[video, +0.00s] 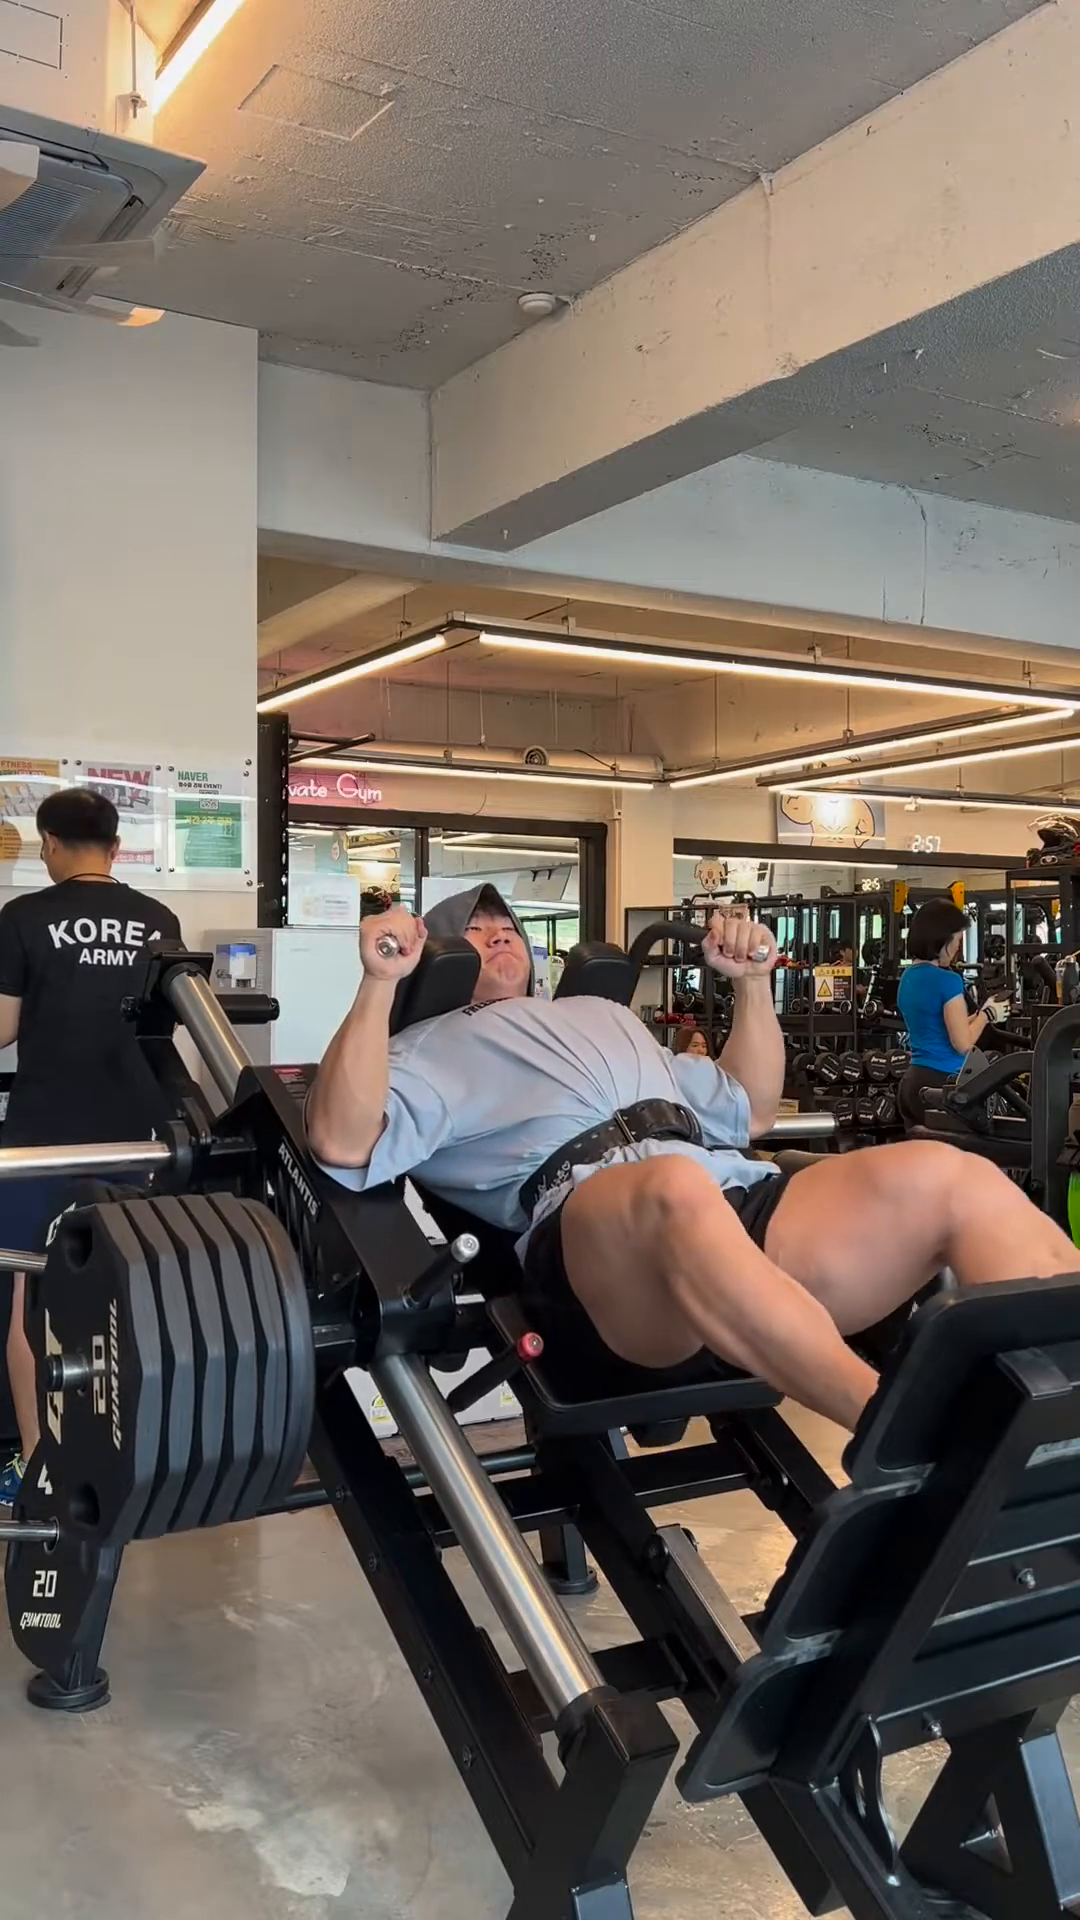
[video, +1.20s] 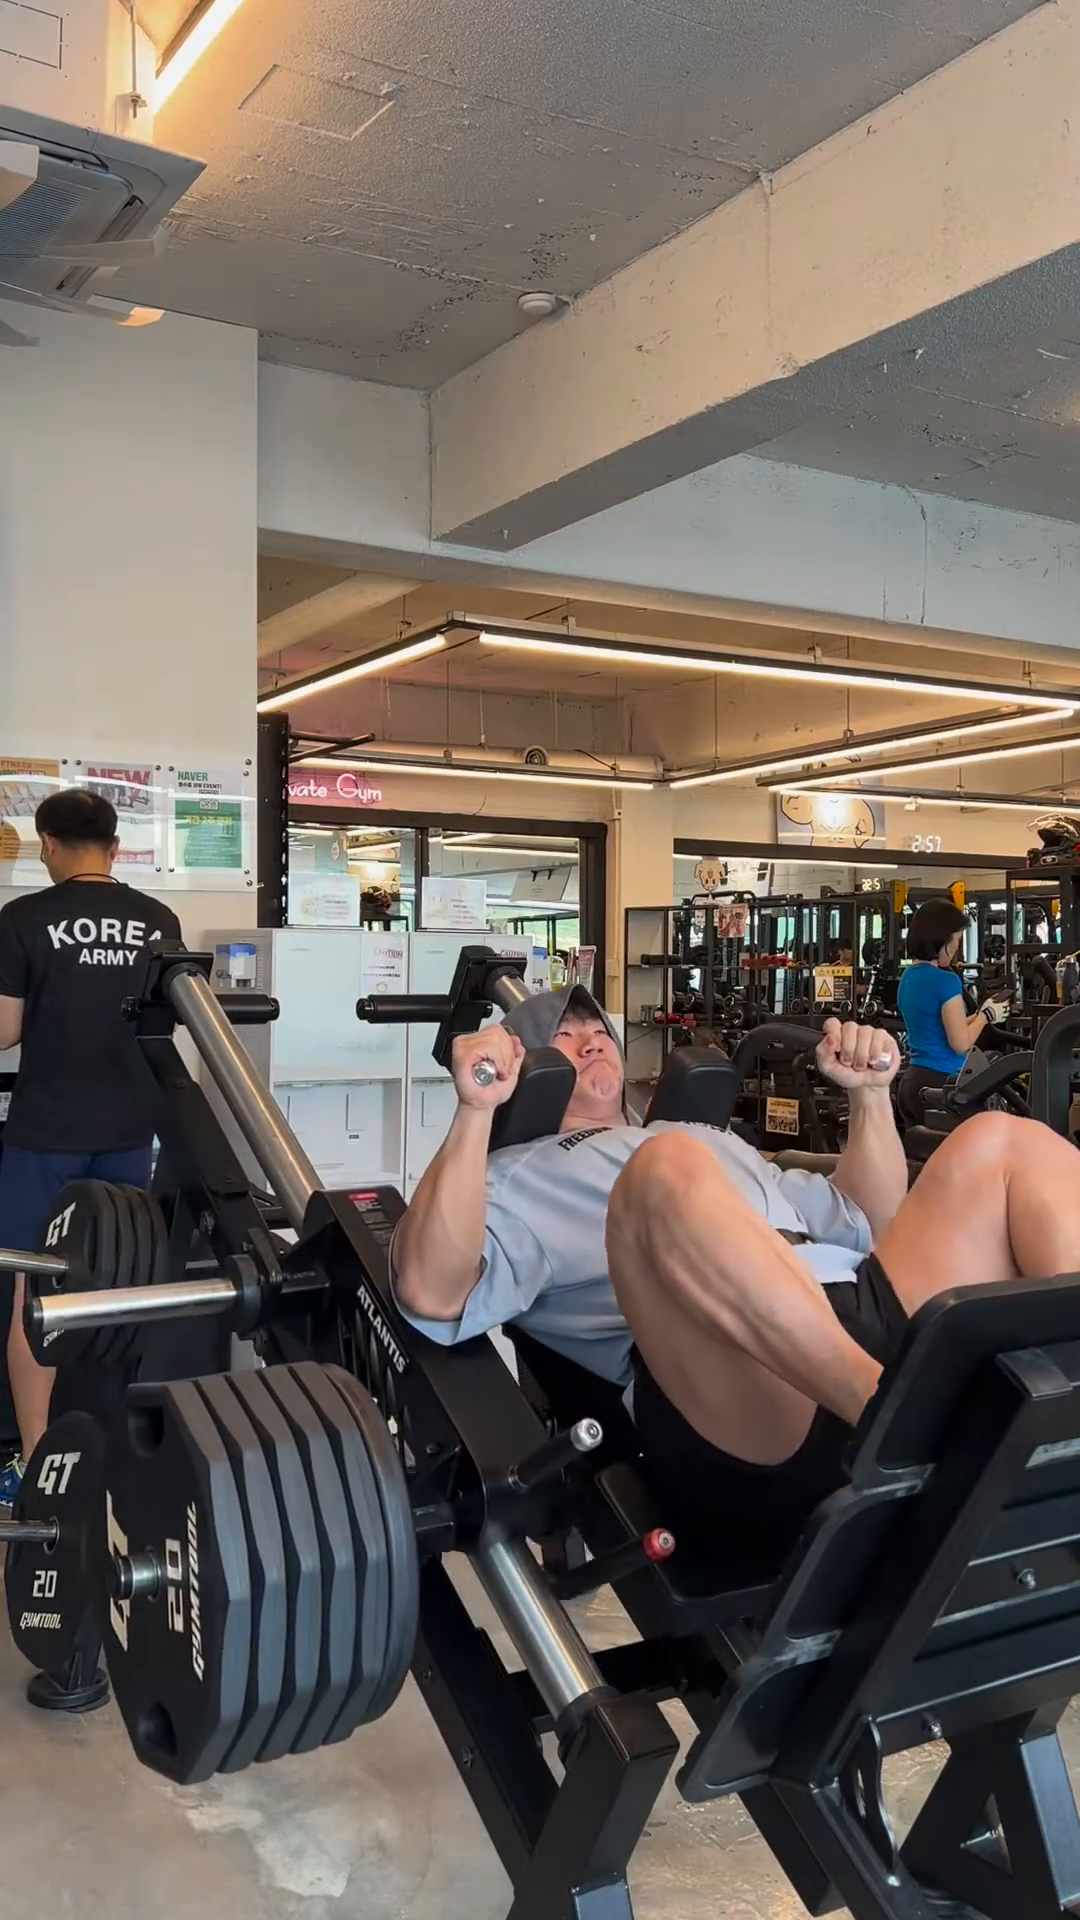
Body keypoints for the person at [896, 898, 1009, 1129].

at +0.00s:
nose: (959, 946)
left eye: (960, 939)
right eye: (958, 939)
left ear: (924, 936)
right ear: (944, 940)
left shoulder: (907, 978)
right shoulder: (948, 981)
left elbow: (929, 1034)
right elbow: (963, 1043)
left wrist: (973, 1013)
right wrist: (987, 1014)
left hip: (914, 1078)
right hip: (946, 1084)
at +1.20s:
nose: (958, 947)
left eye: (959, 940)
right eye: (957, 940)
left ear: (923, 935)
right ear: (943, 940)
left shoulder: (907, 978)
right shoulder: (946, 981)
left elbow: (931, 1034)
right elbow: (961, 1043)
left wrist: (976, 1015)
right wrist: (986, 1015)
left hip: (914, 1077)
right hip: (945, 1082)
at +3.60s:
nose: (958, 947)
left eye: (958, 940)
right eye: (956, 940)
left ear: (922, 936)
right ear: (943, 941)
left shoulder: (907, 978)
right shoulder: (946, 981)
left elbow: (932, 1033)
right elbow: (962, 1042)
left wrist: (976, 1014)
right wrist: (986, 1013)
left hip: (915, 1079)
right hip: (947, 1085)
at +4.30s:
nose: (957, 947)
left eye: (958, 940)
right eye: (956, 940)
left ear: (923, 935)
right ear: (943, 940)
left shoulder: (907, 978)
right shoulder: (946, 981)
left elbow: (931, 1032)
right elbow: (961, 1043)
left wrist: (975, 1015)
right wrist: (987, 1014)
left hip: (913, 1079)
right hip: (945, 1085)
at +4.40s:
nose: (958, 947)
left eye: (958, 940)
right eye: (957, 939)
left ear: (922, 935)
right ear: (943, 941)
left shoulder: (907, 978)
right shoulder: (946, 981)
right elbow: (961, 1042)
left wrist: (974, 1015)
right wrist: (987, 1013)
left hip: (914, 1077)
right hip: (947, 1082)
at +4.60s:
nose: (958, 946)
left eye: (958, 939)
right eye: (956, 939)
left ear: (923, 935)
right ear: (942, 941)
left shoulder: (907, 978)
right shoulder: (946, 981)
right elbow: (962, 1042)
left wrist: (975, 1015)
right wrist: (988, 1013)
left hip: (914, 1078)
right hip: (946, 1083)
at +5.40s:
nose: (957, 947)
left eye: (958, 940)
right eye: (956, 940)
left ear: (923, 935)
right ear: (943, 940)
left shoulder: (907, 978)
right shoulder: (946, 981)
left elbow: (933, 1032)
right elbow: (962, 1042)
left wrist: (976, 1015)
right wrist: (987, 1013)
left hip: (913, 1078)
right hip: (945, 1084)